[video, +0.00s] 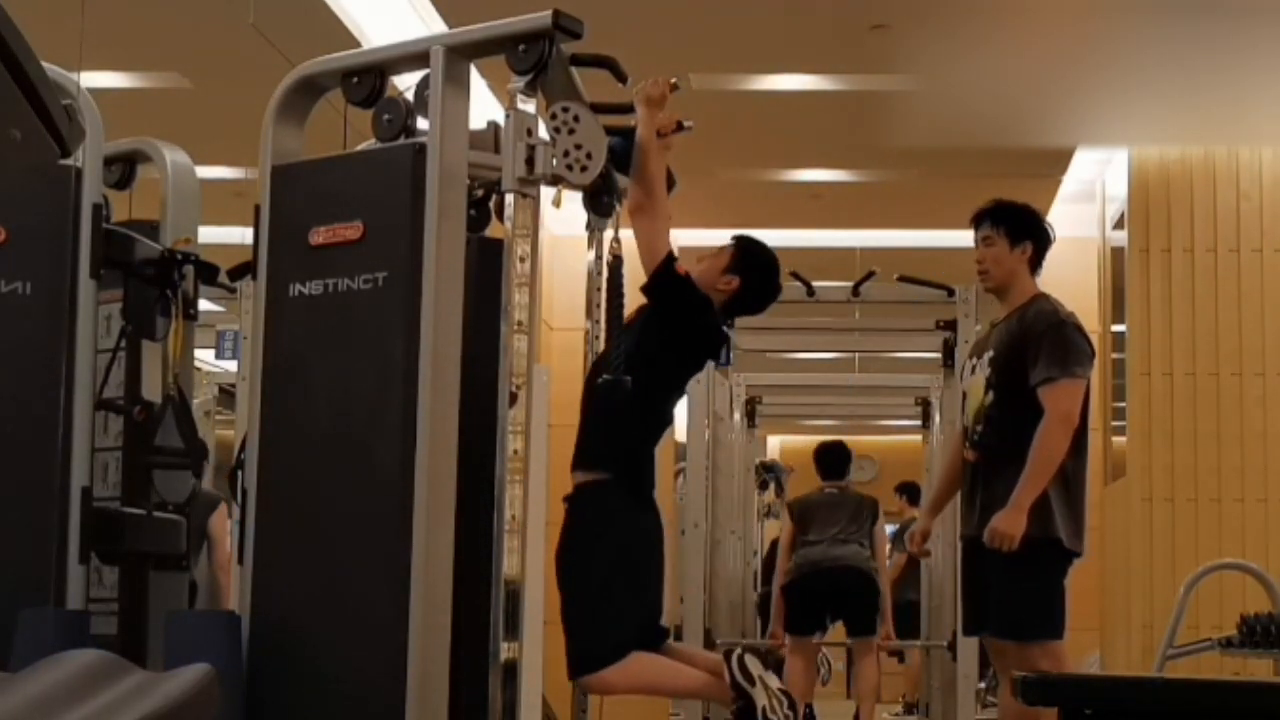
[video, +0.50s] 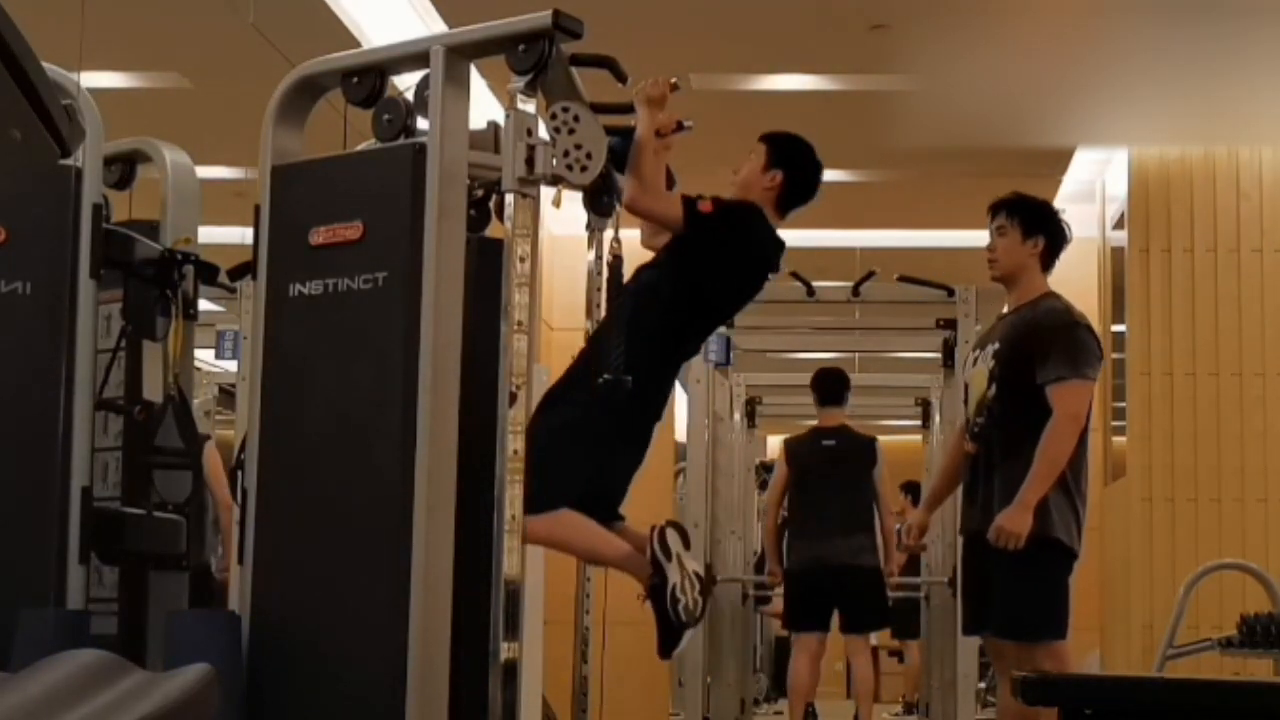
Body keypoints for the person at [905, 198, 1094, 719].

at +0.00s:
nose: (978, 256)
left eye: (990, 244)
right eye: (977, 246)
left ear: (1026, 251)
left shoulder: (1051, 324)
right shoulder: (989, 339)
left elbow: (1063, 421)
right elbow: (969, 436)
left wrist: (1018, 506)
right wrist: (929, 512)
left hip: (1033, 527)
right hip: (992, 525)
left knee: (1040, 667)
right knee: (1004, 662)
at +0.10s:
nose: (980, 255)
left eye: (992, 243)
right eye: (978, 245)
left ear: (1028, 250)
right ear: (981, 252)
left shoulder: (1052, 323)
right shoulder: (989, 338)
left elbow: (1063, 419)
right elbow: (968, 436)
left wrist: (1018, 505)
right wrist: (927, 510)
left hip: (1033, 526)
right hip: (991, 524)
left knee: (1040, 663)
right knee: (1004, 658)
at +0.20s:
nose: (981, 253)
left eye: (993, 242)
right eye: (980, 243)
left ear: (1030, 250)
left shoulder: (1053, 322)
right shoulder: (991, 336)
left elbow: (1064, 418)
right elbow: (969, 434)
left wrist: (1019, 504)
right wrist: (926, 507)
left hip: (1034, 525)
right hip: (991, 524)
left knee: (1040, 662)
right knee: (1004, 656)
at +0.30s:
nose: (983, 251)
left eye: (995, 239)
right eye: (983, 240)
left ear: (1032, 248)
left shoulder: (1054, 322)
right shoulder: (993, 335)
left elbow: (1066, 418)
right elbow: (969, 432)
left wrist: (1021, 503)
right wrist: (924, 507)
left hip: (1033, 527)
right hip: (992, 525)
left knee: (1039, 669)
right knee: (1005, 663)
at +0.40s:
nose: (986, 249)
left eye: (998, 238)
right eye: (986, 239)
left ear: (1034, 246)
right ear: (997, 248)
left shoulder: (1056, 322)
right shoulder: (995, 334)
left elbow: (1068, 418)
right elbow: (969, 432)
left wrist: (1022, 504)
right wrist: (925, 507)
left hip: (1034, 527)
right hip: (992, 524)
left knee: (1041, 667)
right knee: (1005, 662)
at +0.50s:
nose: (988, 246)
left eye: (1000, 235)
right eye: (989, 236)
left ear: (1037, 245)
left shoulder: (1060, 323)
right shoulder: (994, 334)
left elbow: (1071, 417)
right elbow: (970, 432)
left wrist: (1025, 503)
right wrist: (926, 507)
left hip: (1036, 525)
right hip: (992, 523)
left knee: (1042, 666)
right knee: (1005, 661)